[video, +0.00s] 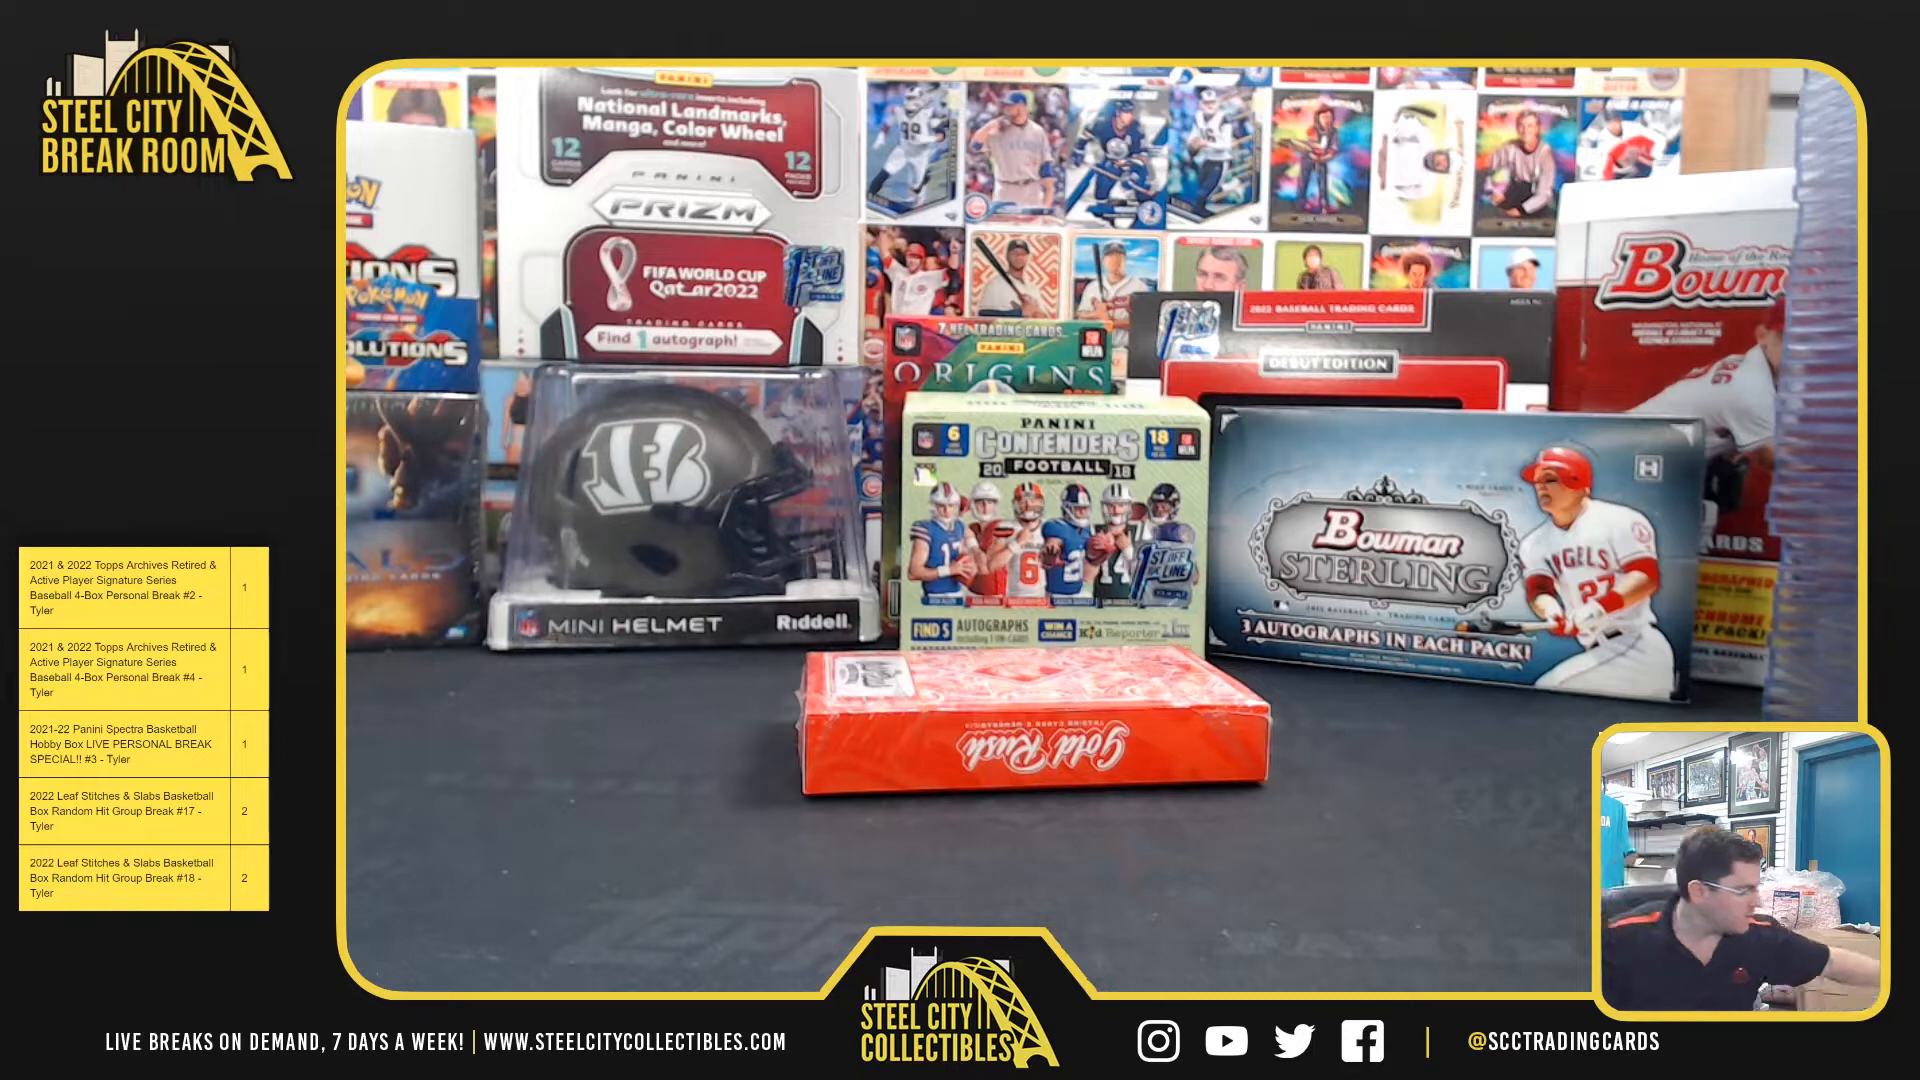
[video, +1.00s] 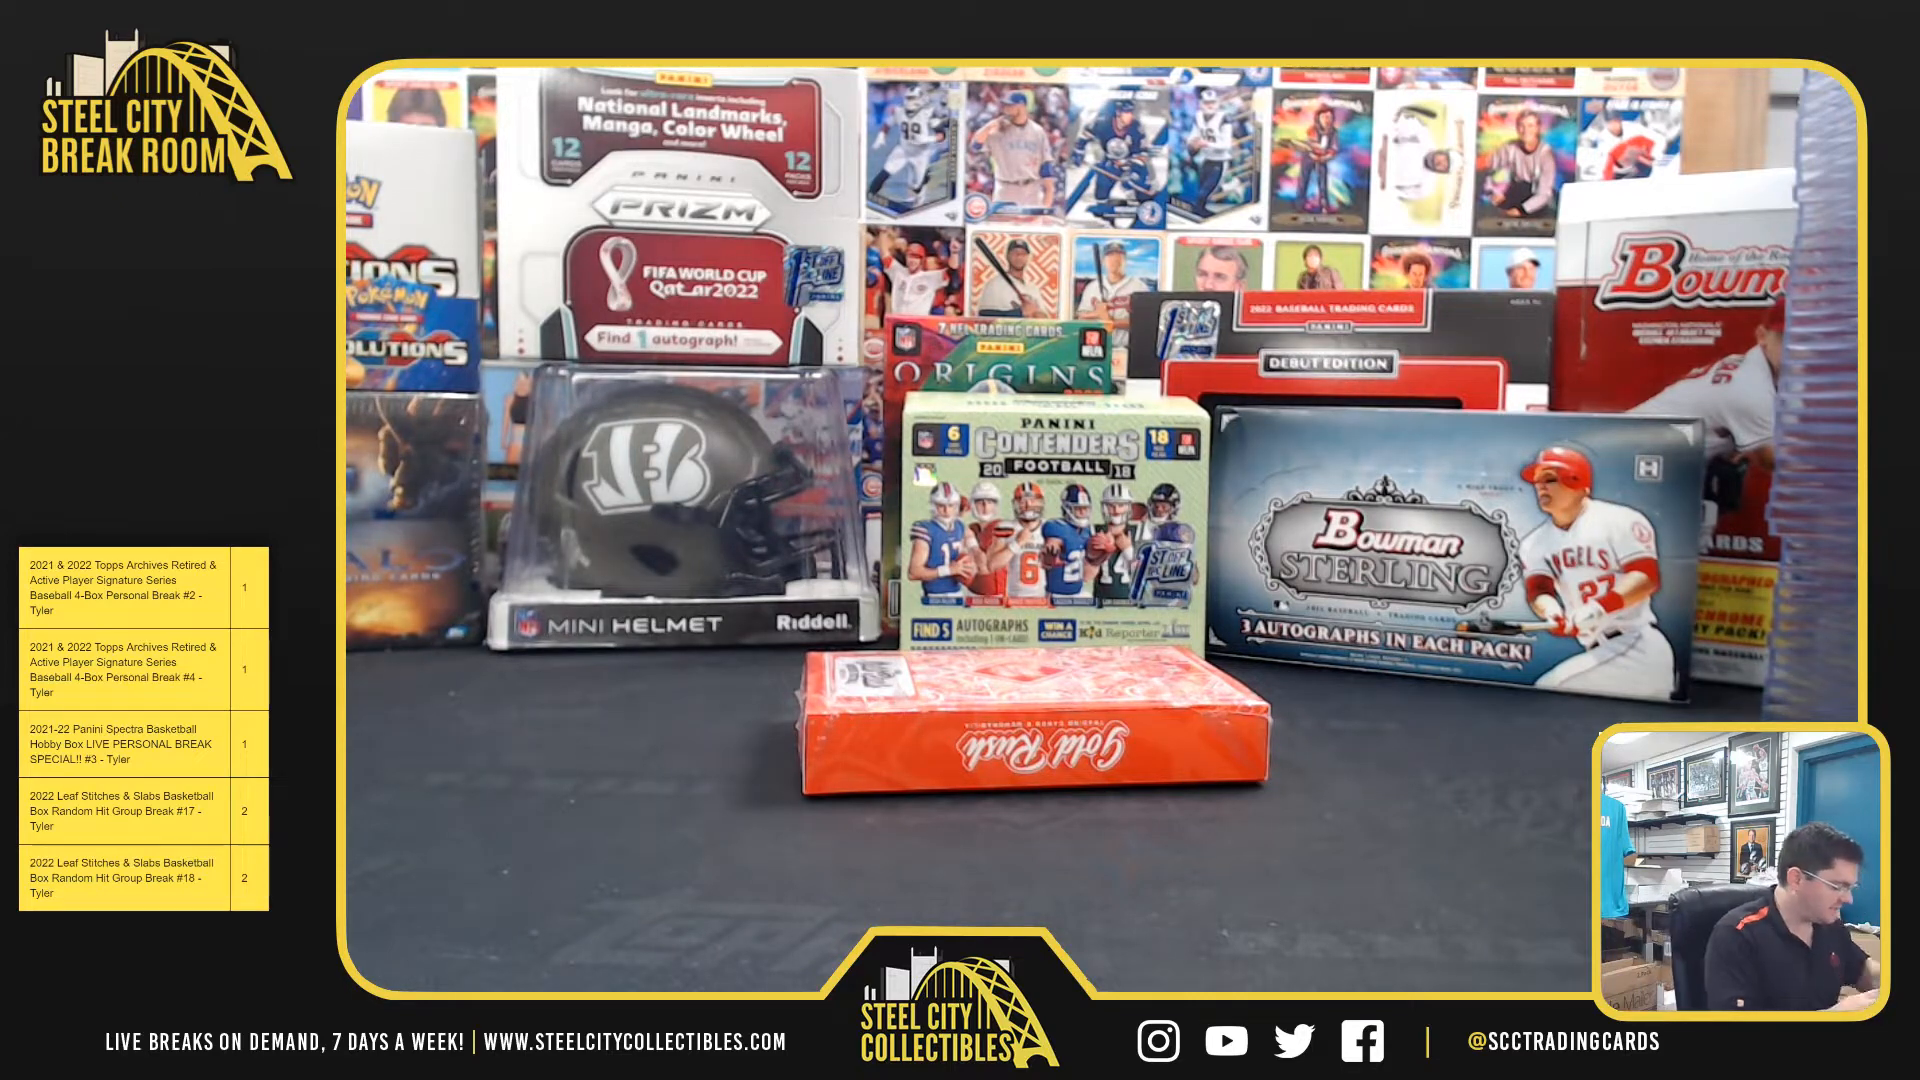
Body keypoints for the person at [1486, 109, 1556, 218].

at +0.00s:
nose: (1526, 130)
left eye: (1530, 126)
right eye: (1522, 126)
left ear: (1538, 128)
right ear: (1517, 129)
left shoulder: (1544, 153)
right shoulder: (1507, 150)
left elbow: (1545, 191)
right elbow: (1491, 176)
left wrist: (1523, 209)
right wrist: (1494, 193)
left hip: (1535, 187)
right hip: (1513, 187)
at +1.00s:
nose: (1526, 130)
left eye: (1530, 126)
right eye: (1522, 126)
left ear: (1539, 128)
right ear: (1517, 129)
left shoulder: (1545, 154)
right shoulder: (1507, 150)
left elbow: (1545, 192)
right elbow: (1491, 177)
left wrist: (1523, 209)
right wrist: (1494, 193)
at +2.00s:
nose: (1526, 130)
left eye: (1530, 126)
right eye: (1522, 126)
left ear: (1538, 128)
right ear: (1517, 129)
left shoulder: (1545, 153)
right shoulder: (1508, 150)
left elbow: (1545, 192)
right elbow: (1490, 175)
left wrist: (1523, 209)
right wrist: (1494, 193)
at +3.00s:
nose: (1526, 131)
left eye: (1530, 126)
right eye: (1522, 126)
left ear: (1538, 129)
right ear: (1517, 129)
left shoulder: (1545, 154)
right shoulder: (1507, 151)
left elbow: (1545, 192)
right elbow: (1491, 178)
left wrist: (1523, 209)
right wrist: (1494, 194)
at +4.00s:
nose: (1526, 130)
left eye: (1531, 126)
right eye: (1522, 126)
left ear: (1539, 129)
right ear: (1517, 129)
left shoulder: (1545, 154)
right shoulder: (1506, 151)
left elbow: (1545, 192)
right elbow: (1490, 178)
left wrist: (1522, 209)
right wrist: (1494, 194)